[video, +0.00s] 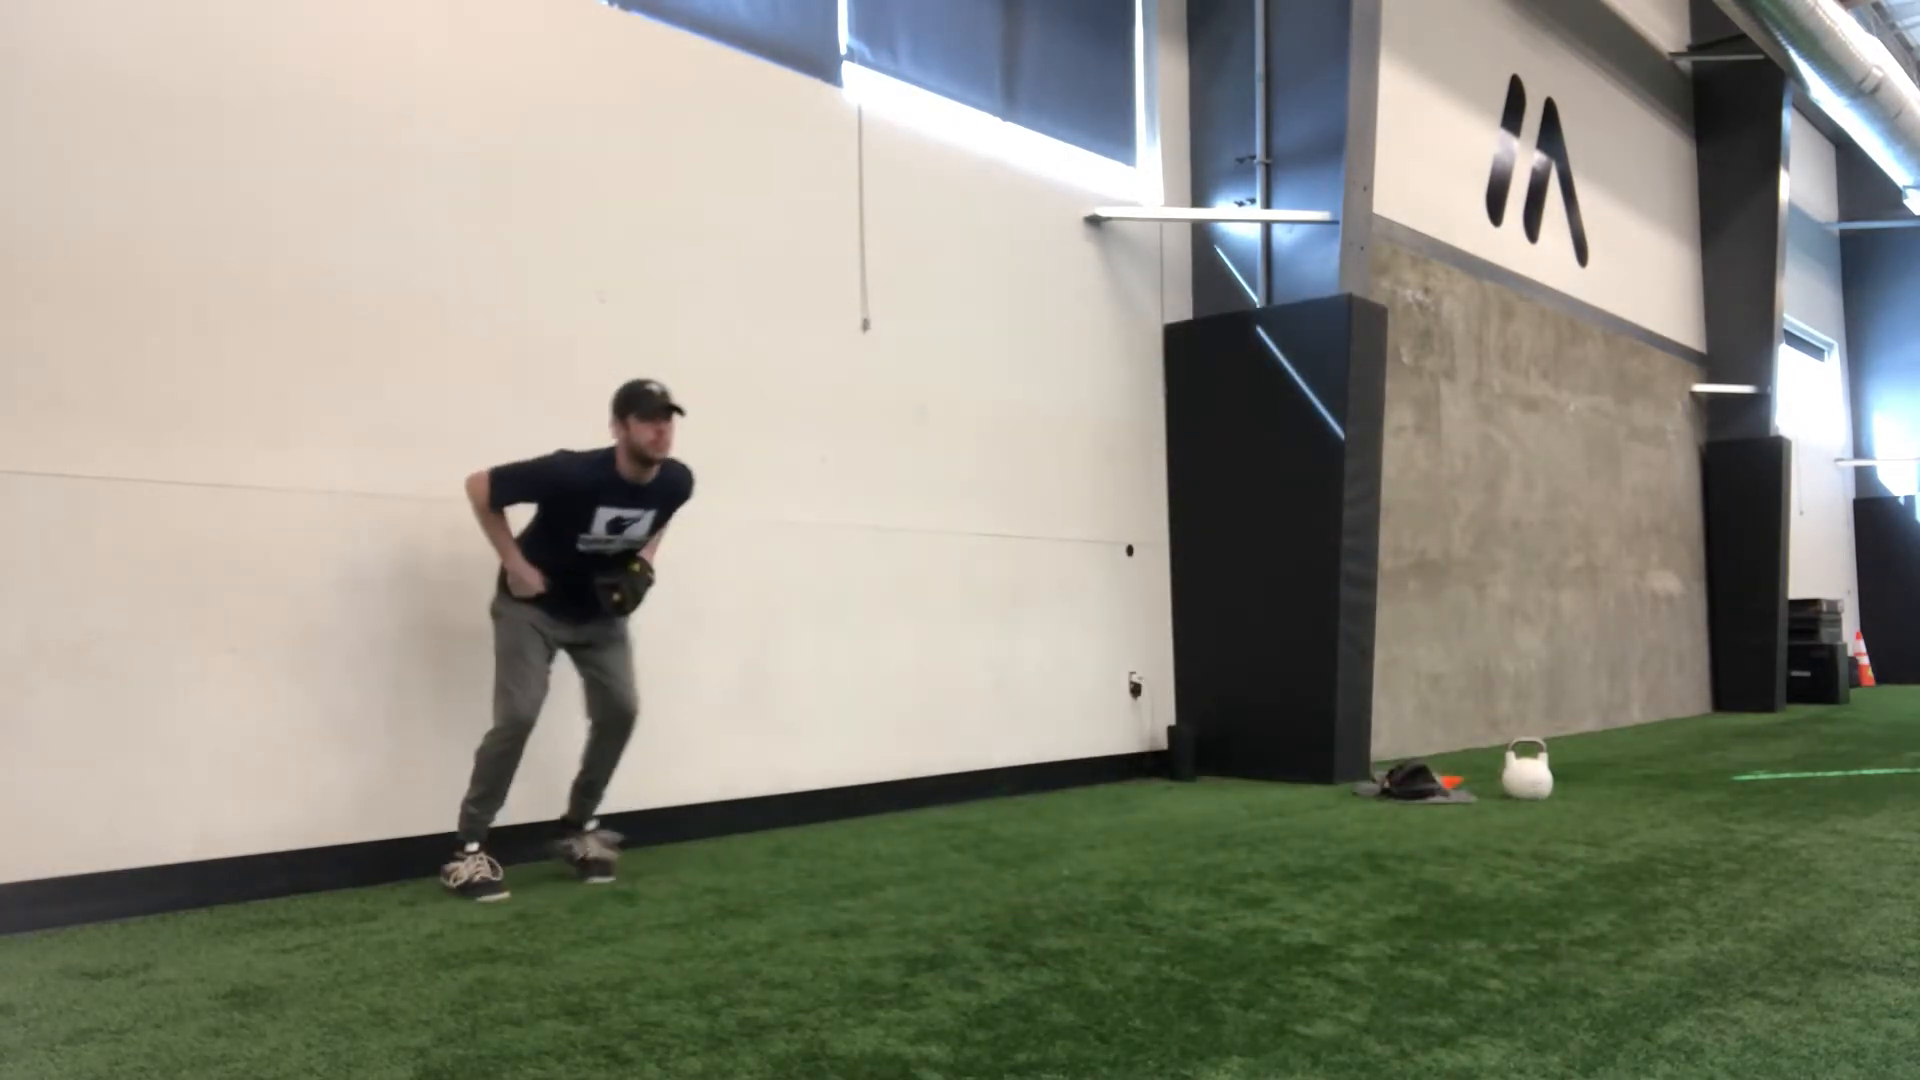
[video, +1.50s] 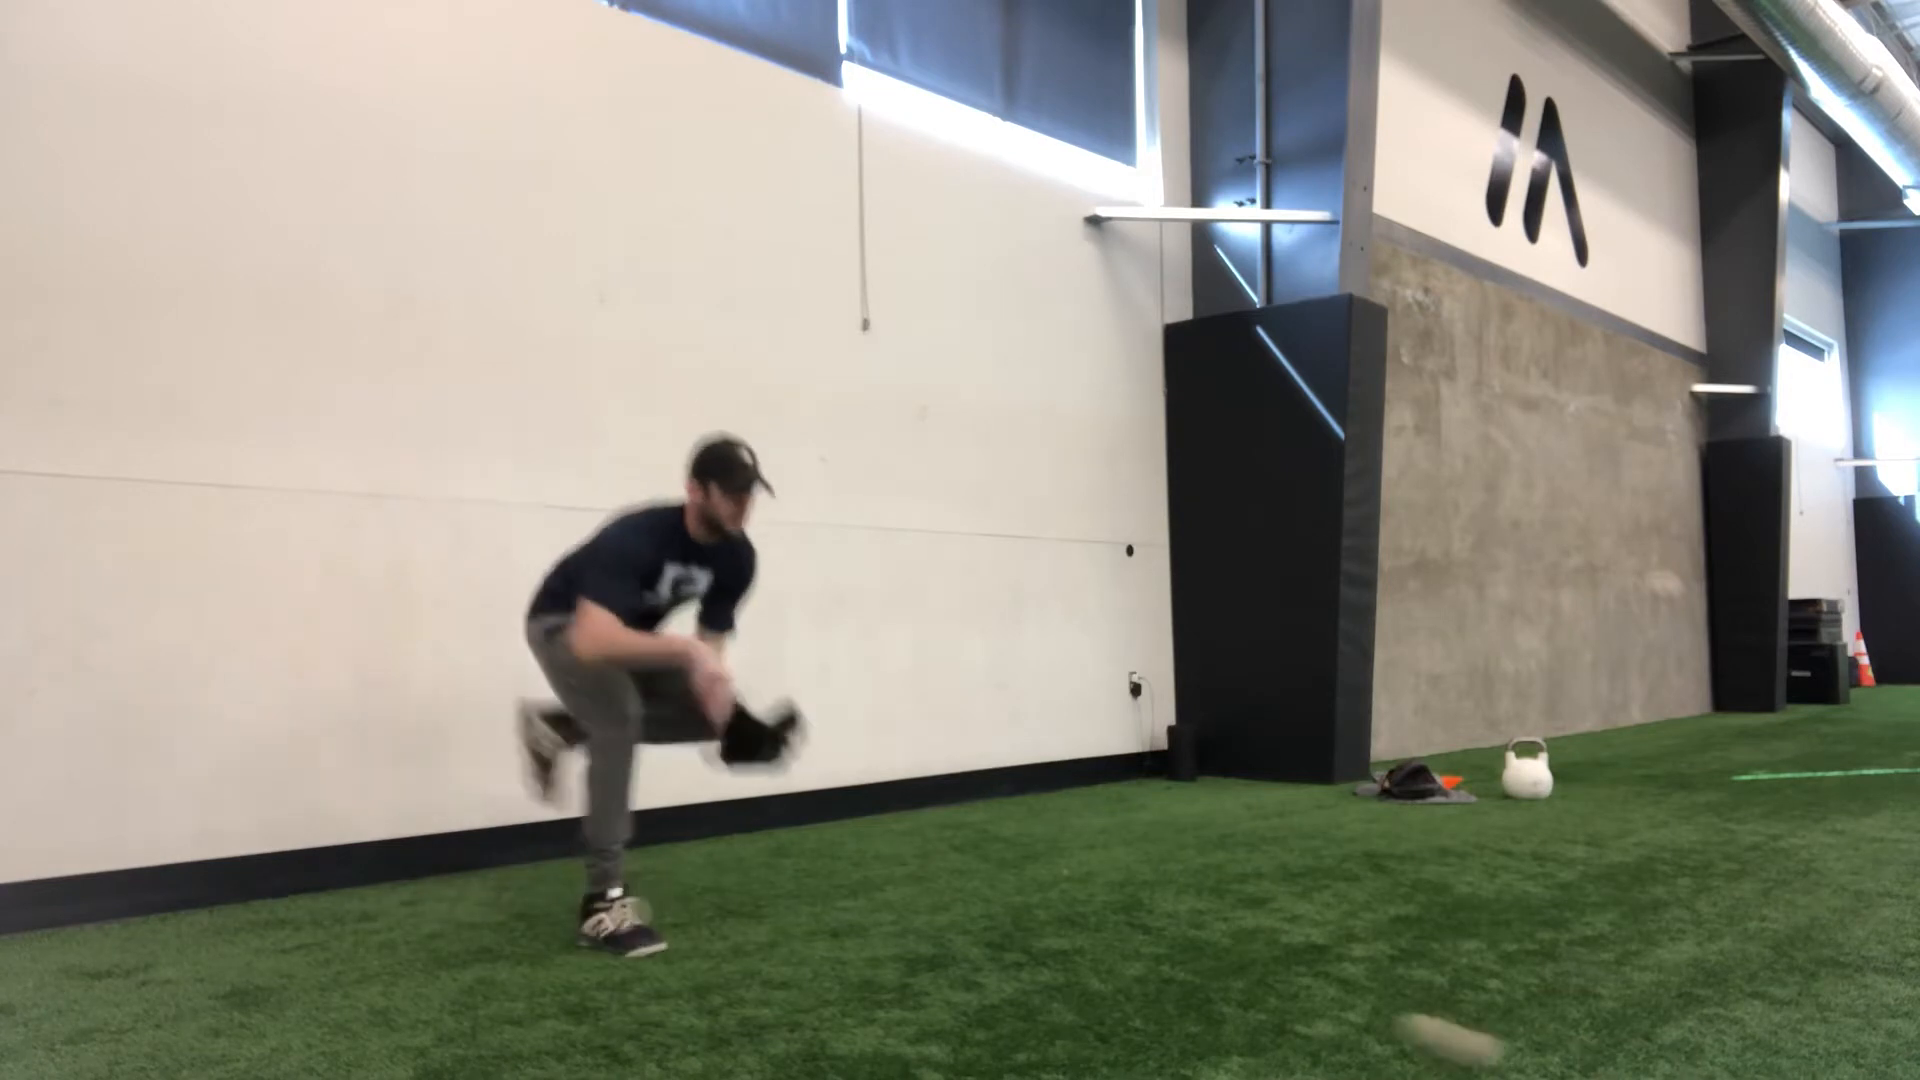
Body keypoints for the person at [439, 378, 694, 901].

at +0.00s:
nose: (662, 431)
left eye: (668, 420)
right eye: (650, 420)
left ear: (674, 426)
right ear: (620, 426)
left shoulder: (675, 484)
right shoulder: (572, 473)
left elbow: (658, 522)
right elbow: (481, 487)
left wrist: (644, 561)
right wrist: (514, 563)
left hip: (600, 615)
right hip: (531, 606)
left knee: (620, 713)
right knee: (518, 716)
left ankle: (576, 832)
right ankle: (468, 850)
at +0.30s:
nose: (635, 439)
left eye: (640, 428)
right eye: (621, 428)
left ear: (646, 433)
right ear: (590, 432)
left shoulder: (648, 490)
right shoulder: (542, 477)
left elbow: (644, 517)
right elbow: (447, 491)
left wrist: (622, 558)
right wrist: (491, 559)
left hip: (573, 610)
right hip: (505, 598)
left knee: (603, 709)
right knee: (506, 702)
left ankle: (567, 835)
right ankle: (464, 844)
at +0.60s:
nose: (629, 446)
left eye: (635, 435)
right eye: (616, 435)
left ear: (640, 440)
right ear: (584, 439)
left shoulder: (641, 497)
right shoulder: (534, 483)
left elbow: (634, 525)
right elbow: (439, 498)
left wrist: (611, 568)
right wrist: (484, 566)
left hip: (563, 615)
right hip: (495, 602)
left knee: (580, 717)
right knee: (498, 701)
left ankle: (542, 842)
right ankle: (467, 845)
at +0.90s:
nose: (646, 445)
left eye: (651, 435)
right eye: (633, 436)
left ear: (657, 440)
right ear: (601, 441)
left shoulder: (647, 495)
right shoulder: (545, 486)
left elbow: (617, 533)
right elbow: (445, 506)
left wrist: (611, 569)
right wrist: (494, 573)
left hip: (565, 615)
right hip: (495, 612)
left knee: (601, 703)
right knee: (501, 726)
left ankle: (546, 825)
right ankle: (461, 853)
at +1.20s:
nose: (686, 470)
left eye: (691, 460)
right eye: (674, 459)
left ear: (698, 464)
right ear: (641, 461)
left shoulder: (681, 528)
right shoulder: (585, 503)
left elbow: (683, 589)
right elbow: (482, 542)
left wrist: (674, 633)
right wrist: (546, 592)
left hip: (579, 629)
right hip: (517, 609)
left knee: (590, 753)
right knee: (573, 692)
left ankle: (528, 847)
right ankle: (501, 814)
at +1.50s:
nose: (742, 505)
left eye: (748, 494)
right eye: (732, 493)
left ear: (752, 495)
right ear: (697, 490)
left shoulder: (735, 558)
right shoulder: (640, 535)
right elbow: (590, 638)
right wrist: (688, 653)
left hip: (626, 638)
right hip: (560, 630)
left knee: (706, 709)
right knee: (616, 715)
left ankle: (558, 728)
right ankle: (604, 903)